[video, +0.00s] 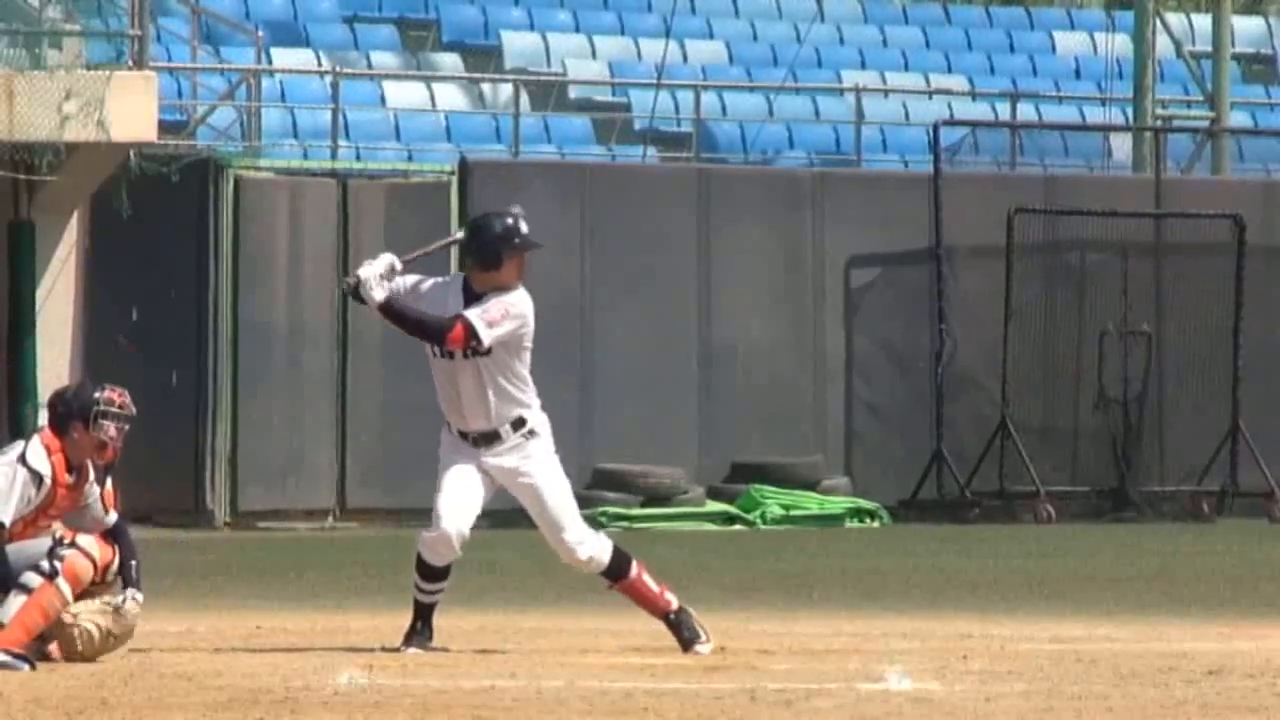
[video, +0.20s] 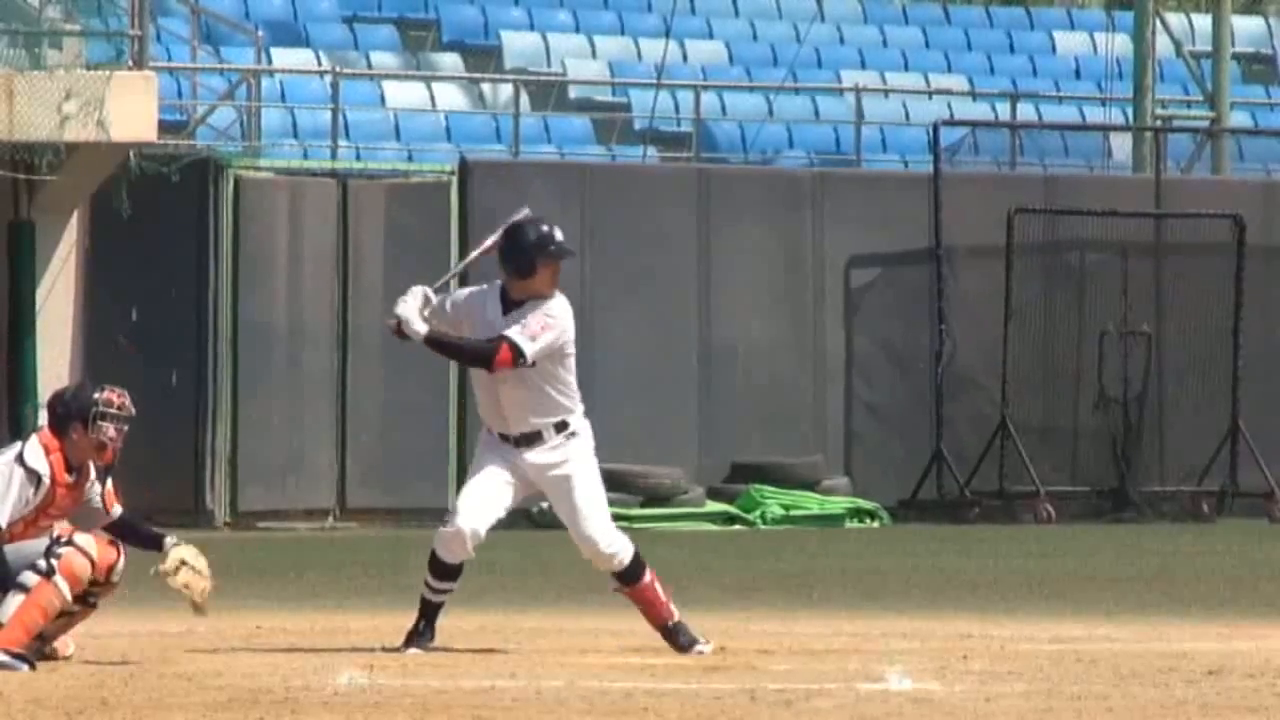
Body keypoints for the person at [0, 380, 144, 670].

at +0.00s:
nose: (114, 436)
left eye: (117, 428)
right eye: (105, 427)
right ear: (77, 429)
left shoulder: (84, 471)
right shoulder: (27, 467)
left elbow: (114, 528)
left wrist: (132, 589)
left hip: (23, 551)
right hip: (6, 554)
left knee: (105, 552)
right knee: (77, 554)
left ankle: (38, 638)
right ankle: (9, 645)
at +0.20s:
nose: (112, 437)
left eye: (116, 428)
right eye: (103, 428)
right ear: (76, 431)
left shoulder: (87, 467)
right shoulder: (26, 466)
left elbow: (114, 520)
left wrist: (168, 544)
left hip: (22, 552)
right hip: (8, 554)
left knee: (108, 556)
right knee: (74, 554)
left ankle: (37, 641)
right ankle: (8, 645)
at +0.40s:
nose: (115, 433)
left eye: (119, 424)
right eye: (105, 423)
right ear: (75, 426)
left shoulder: (82, 463)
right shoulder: (26, 462)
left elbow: (141, 490)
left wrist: (211, 488)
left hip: (25, 556)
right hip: (7, 557)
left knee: (110, 565)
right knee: (76, 554)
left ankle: (33, 643)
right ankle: (8, 644)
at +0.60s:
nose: (108, 423)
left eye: (110, 414)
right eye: (99, 413)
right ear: (70, 416)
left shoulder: (83, 461)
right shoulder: (22, 455)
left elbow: (150, 484)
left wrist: (227, 487)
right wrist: (45, 537)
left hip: (29, 553)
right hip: (5, 551)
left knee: (114, 565)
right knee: (70, 553)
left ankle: (37, 640)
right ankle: (6, 645)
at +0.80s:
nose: (117, 413)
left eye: (119, 404)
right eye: (109, 403)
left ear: (83, 408)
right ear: (81, 406)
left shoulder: (85, 448)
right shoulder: (31, 446)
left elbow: (101, 502)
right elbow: (4, 519)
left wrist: (166, 530)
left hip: (20, 542)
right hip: (6, 545)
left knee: (108, 553)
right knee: (74, 551)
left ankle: (38, 639)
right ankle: (7, 644)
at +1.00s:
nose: (133, 394)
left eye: (137, 386)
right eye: (126, 383)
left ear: (99, 387)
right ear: (97, 384)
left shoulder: (92, 426)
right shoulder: (48, 422)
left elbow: (59, 489)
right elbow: (6, 498)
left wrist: (113, 511)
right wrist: (16, 565)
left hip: (15, 518)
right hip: (5, 521)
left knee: (96, 542)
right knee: (69, 546)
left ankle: (33, 638)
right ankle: (5, 644)